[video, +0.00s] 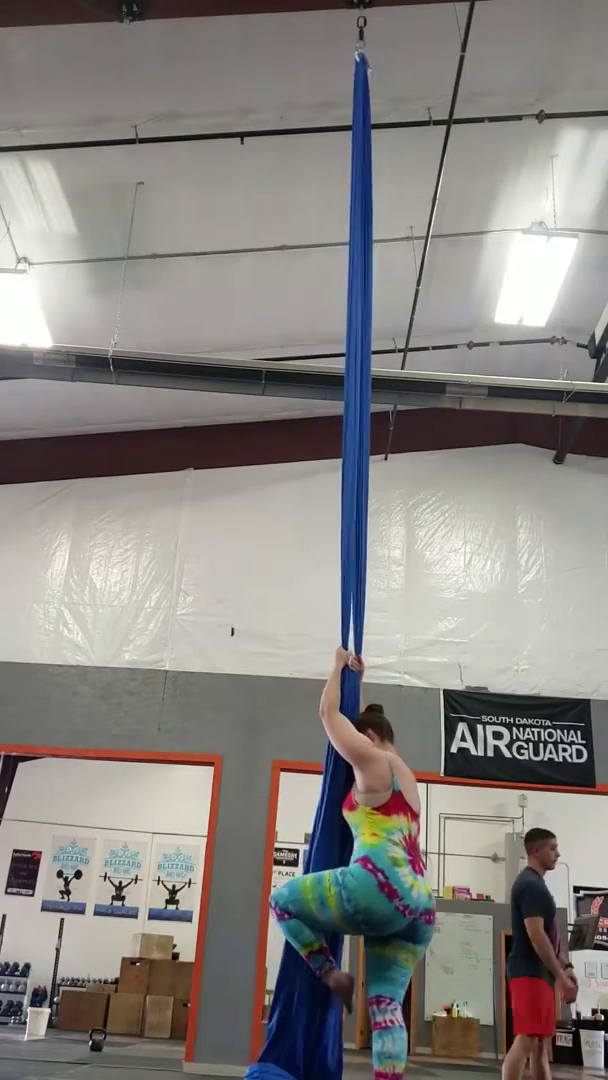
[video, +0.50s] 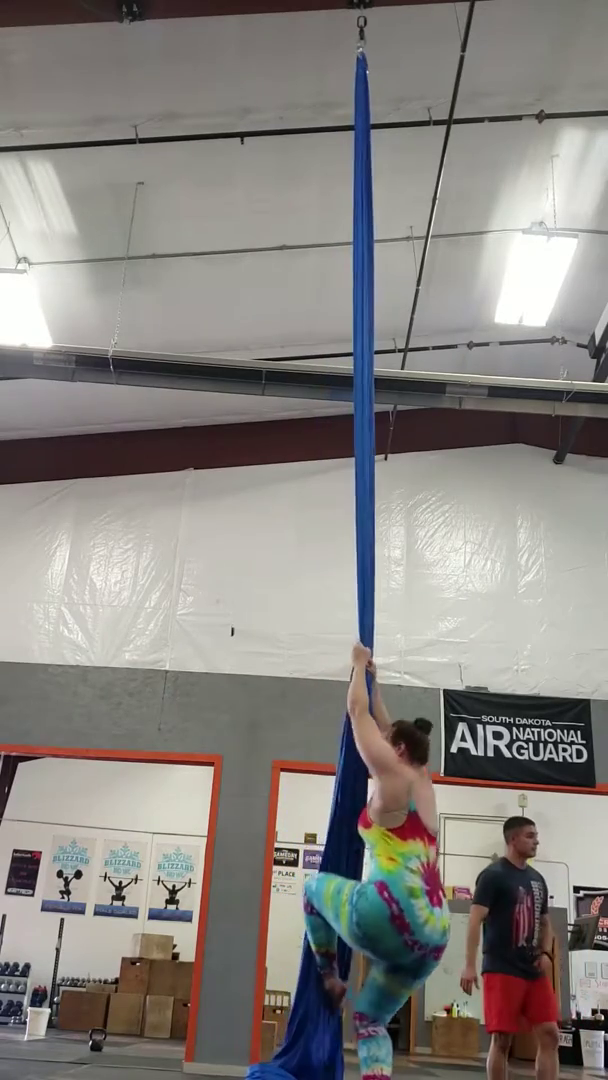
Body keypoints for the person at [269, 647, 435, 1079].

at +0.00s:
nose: (353, 744)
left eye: (356, 737)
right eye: (355, 739)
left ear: (368, 735)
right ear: (388, 736)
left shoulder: (370, 757)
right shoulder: (405, 774)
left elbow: (329, 712)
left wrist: (337, 666)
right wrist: (355, 681)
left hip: (375, 883)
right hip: (417, 906)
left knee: (283, 903)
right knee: (385, 1002)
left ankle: (330, 974)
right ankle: (389, 1076)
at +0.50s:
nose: (377, 746)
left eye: (382, 740)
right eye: (379, 740)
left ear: (397, 746)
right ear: (417, 752)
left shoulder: (393, 772)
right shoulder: (424, 784)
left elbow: (357, 711)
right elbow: (385, 732)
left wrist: (358, 664)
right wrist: (373, 684)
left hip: (385, 915)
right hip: (429, 942)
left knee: (312, 888)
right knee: (369, 1019)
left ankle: (330, 978)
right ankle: (377, 1076)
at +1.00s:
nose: (443, 675)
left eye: (444, 670)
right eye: (441, 671)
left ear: (452, 667)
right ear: (476, 669)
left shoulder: (461, 681)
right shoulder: (492, 709)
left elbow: (405, 702)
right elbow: (450, 725)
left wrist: (408, 662)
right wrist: (434, 681)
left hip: (423, 808)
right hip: (461, 845)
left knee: (355, 753)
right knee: (390, 882)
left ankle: (376, 838)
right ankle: (390, 931)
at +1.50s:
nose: (435, 686)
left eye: (437, 680)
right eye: (433, 681)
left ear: (451, 672)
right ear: (466, 672)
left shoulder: (459, 687)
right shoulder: (488, 715)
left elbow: (401, 705)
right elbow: (447, 722)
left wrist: (405, 665)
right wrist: (429, 683)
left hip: (421, 813)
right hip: (442, 846)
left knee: (361, 719)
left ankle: (340, 790)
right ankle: (357, 809)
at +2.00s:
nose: (387, 688)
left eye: (389, 682)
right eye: (387, 683)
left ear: (406, 681)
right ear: (413, 685)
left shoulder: (403, 703)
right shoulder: (423, 720)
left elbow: (340, 714)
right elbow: (358, 743)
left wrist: (346, 676)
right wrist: (357, 693)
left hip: (362, 826)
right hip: (381, 851)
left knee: (272, 775)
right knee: (309, 773)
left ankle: (299, 852)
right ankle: (293, 847)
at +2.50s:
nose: (337, 682)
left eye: (344, 678)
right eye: (342, 678)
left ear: (355, 688)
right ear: (361, 693)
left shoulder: (343, 706)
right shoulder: (356, 724)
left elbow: (281, 714)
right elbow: (301, 741)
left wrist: (289, 680)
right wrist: (299, 696)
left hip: (266, 820)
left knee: (179, 786)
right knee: (214, 769)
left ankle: (220, 848)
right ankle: (225, 846)